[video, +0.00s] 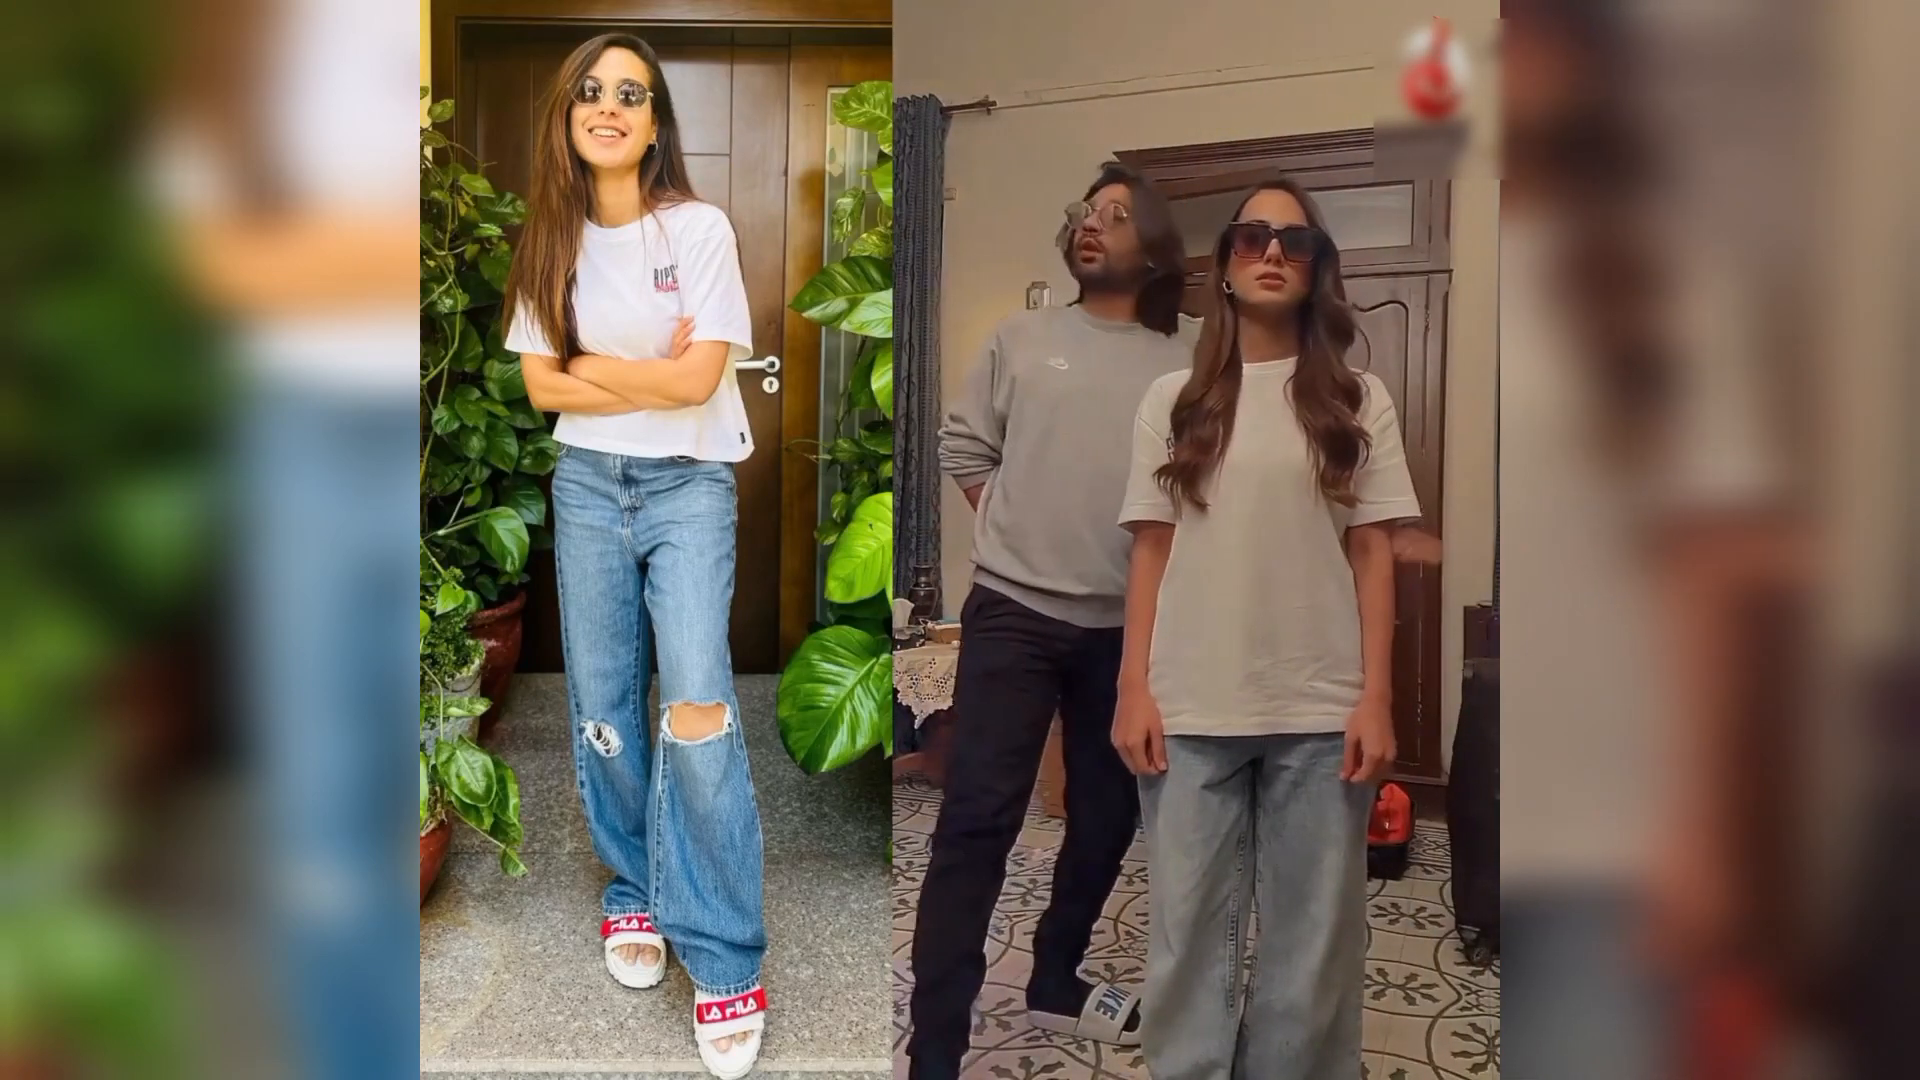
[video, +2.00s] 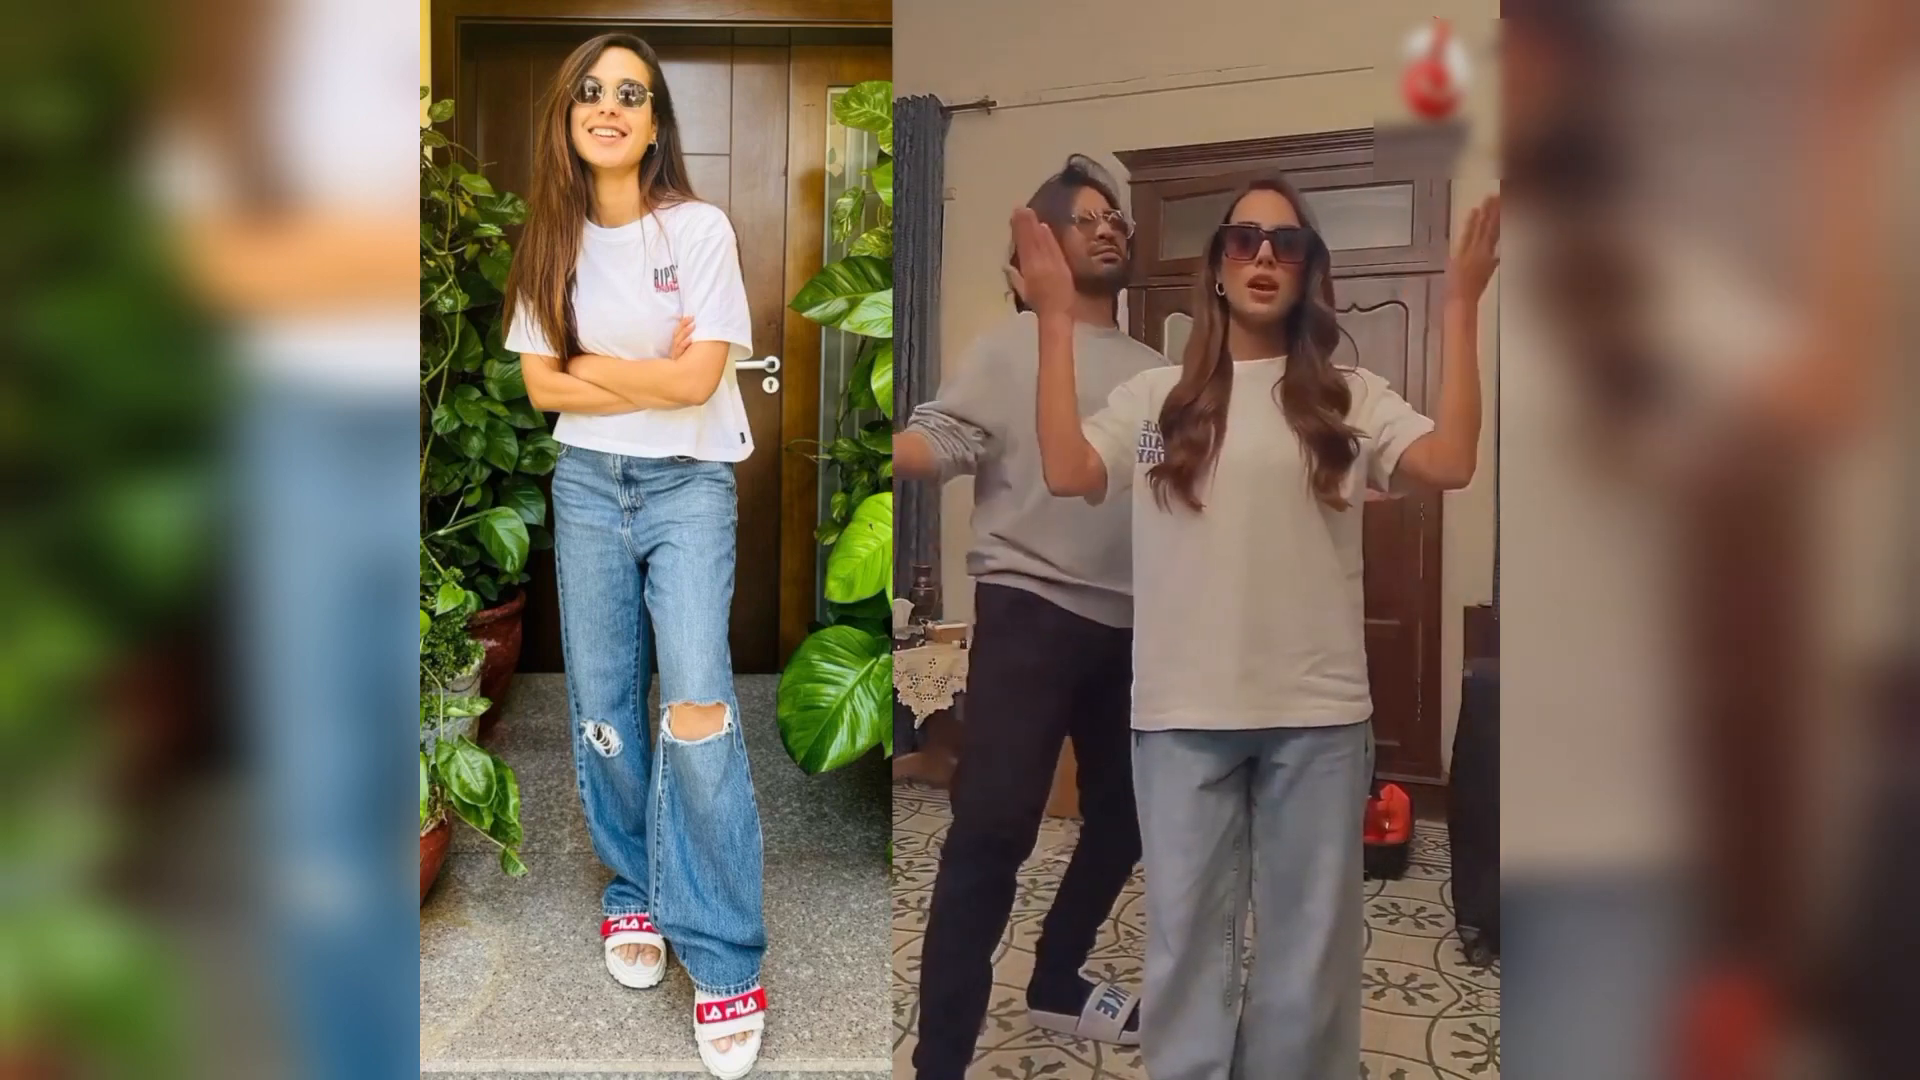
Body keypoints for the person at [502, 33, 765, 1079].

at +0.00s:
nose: (609, 111)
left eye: (629, 98)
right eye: (593, 95)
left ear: (656, 122)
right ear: (566, 117)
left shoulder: (699, 226)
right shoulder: (549, 240)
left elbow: (698, 378)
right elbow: (541, 385)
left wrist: (576, 362)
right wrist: (662, 379)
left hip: (689, 482)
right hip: (584, 484)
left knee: (694, 710)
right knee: (603, 708)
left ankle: (724, 958)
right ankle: (631, 892)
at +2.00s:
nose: (610, 111)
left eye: (629, 97)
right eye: (593, 95)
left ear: (656, 122)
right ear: (566, 117)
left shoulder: (699, 225)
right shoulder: (550, 239)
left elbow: (698, 378)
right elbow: (540, 385)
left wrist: (576, 362)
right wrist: (662, 378)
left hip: (689, 482)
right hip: (584, 484)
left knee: (695, 709)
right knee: (602, 708)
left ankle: (724, 955)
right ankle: (631, 890)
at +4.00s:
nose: (610, 111)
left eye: (630, 97)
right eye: (593, 95)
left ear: (656, 121)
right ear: (566, 117)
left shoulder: (699, 226)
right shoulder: (549, 240)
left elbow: (698, 378)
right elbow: (540, 385)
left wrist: (576, 362)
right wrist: (662, 378)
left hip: (689, 482)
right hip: (584, 484)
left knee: (695, 708)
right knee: (603, 708)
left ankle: (724, 955)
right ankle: (631, 889)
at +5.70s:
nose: (610, 111)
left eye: (630, 97)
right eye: (593, 95)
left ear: (656, 121)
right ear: (566, 117)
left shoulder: (699, 226)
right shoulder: (549, 240)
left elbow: (698, 378)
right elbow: (540, 386)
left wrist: (577, 363)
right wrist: (662, 378)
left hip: (689, 482)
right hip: (584, 484)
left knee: (694, 708)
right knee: (603, 708)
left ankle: (724, 956)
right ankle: (631, 891)